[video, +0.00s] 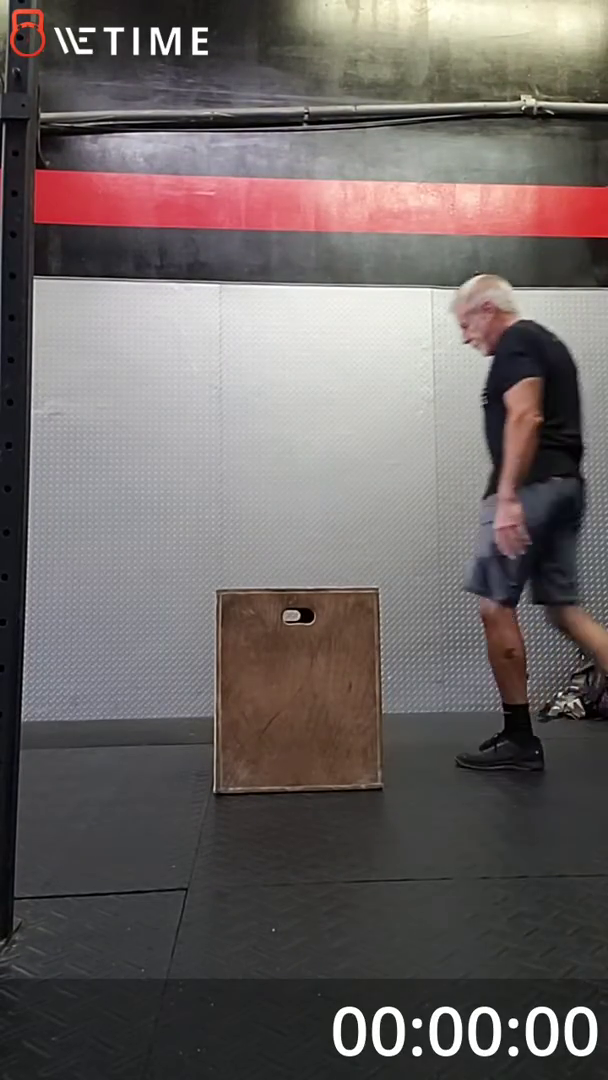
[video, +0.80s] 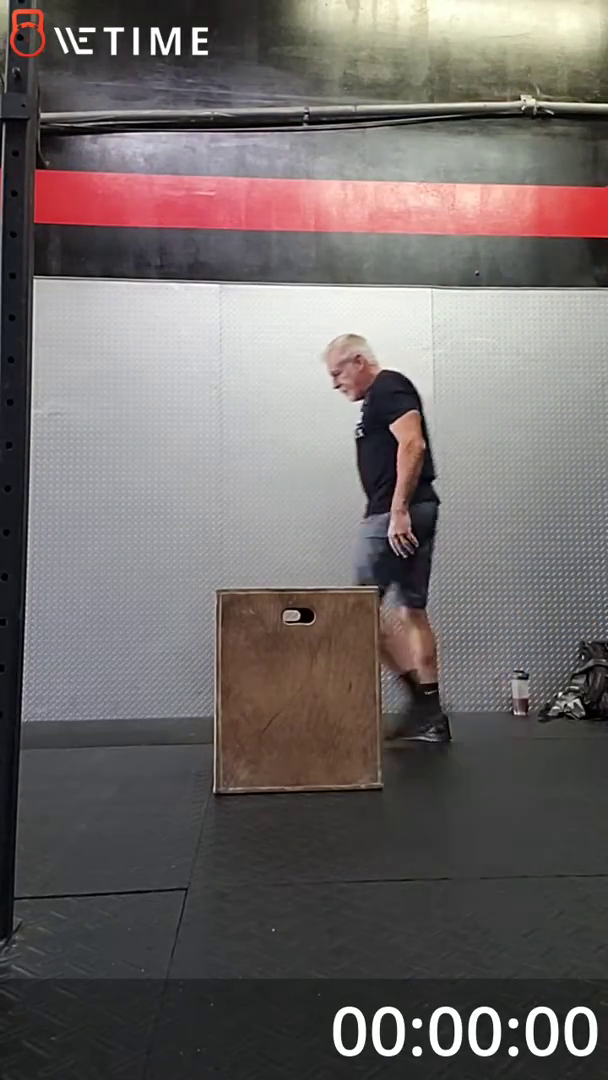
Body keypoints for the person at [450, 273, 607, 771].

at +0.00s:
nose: (466, 336)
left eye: (468, 325)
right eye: (462, 328)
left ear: (490, 311)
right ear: (499, 312)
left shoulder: (516, 342)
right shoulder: (549, 343)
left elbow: (526, 416)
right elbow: (562, 428)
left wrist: (507, 498)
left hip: (529, 491)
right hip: (562, 488)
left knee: (495, 608)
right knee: (564, 608)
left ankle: (519, 738)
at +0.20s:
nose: (427, 349)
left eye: (427, 338)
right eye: (423, 341)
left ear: (448, 323)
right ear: (452, 323)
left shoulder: (475, 350)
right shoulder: (504, 349)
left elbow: (483, 422)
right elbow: (526, 433)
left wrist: (453, 498)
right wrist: (527, 503)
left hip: (495, 492)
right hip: (518, 489)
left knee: (485, 610)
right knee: (498, 604)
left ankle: (519, 736)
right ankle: (549, 692)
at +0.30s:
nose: (405, 359)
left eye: (405, 348)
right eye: (401, 352)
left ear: (425, 333)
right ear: (428, 334)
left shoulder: (454, 359)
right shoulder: (477, 360)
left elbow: (459, 428)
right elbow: (499, 441)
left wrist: (415, 496)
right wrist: (507, 508)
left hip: (477, 496)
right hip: (494, 494)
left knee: (480, 610)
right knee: (475, 610)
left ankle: (520, 737)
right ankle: (492, 714)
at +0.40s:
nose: (390, 370)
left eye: (390, 360)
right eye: (386, 363)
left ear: (409, 344)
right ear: (411, 346)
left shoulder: (439, 368)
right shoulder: (462, 371)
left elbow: (442, 434)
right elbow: (485, 450)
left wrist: (399, 498)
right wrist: (488, 515)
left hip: (461, 501)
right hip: (476, 500)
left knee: (473, 610)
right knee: (454, 612)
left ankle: (520, 736)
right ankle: (444, 709)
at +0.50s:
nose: (377, 377)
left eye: (377, 366)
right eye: (373, 369)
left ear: (397, 353)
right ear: (400, 353)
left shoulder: (425, 378)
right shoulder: (441, 379)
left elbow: (429, 442)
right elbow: (444, 453)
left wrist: (389, 503)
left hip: (446, 508)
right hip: (458, 505)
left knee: (461, 614)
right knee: (437, 613)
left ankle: (517, 734)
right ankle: (433, 718)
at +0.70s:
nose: (350, 383)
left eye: (350, 373)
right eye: (347, 376)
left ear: (372, 360)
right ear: (371, 362)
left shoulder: (398, 386)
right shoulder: (404, 386)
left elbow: (416, 444)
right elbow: (416, 451)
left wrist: (396, 512)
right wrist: (394, 509)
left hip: (416, 510)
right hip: (430, 508)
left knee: (390, 608)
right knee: (419, 612)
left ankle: (468, 693)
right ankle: (432, 716)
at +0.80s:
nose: (335, 382)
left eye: (339, 373)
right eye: (332, 376)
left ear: (361, 362)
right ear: (358, 367)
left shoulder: (387, 388)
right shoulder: (381, 394)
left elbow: (412, 445)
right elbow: (400, 454)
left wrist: (399, 509)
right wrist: (382, 509)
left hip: (391, 513)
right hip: (411, 510)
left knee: (365, 608)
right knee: (412, 610)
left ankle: (420, 700)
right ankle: (430, 715)